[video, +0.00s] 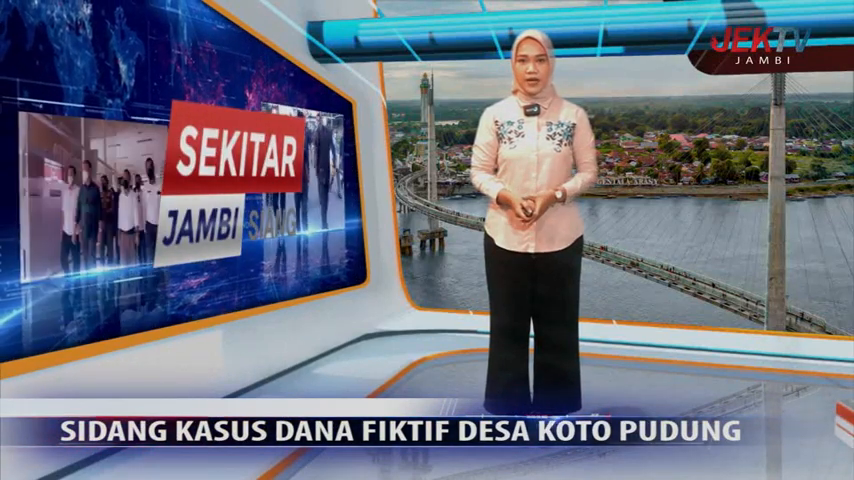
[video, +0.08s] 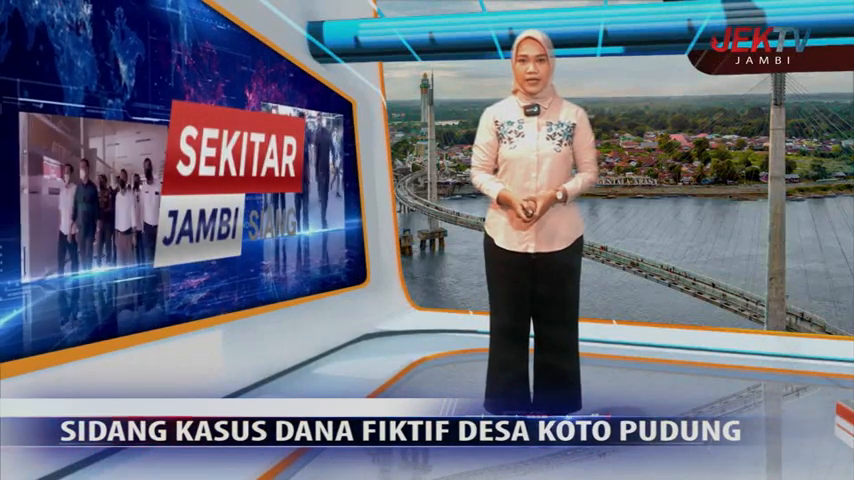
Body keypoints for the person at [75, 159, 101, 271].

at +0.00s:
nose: (85, 176)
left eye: (86, 173)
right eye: (83, 174)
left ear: (90, 175)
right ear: (82, 176)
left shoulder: (96, 189)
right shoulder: (81, 189)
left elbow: (99, 206)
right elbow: (78, 206)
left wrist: (100, 220)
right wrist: (76, 221)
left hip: (93, 221)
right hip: (83, 221)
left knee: (92, 250)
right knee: (84, 249)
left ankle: (92, 270)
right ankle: (85, 269)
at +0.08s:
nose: (83, 173)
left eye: (84, 171)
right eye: (81, 171)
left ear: (88, 172)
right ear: (79, 173)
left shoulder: (93, 188)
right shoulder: (78, 187)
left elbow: (97, 205)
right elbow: (75, 204)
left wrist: (97, 220)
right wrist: (73, 220)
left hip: (90, 219)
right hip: (80, 219)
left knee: (89, 245)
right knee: (81, 245)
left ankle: (88, 267)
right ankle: (82, 266)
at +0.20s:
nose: (81, 174)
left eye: (82, 172)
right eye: (79, 172)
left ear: (86, 173)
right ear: (77, 174)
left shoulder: (91, 189)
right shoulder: (75, 189)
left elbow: (94, 208)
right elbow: (72, 206)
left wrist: (96, 226)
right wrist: (70, 222)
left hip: (88, 222)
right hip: (78, 222)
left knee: (86, 250)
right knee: (78, 249)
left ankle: (85, 271)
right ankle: (79, 271)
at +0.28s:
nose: (80, 177)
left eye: (81, 174)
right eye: (78, 174)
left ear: (84, 176)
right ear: (75, 177)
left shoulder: (89, 192)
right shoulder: (74, 192)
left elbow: (93, 210)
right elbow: (71, 209)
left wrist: (94, 226)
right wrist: (70, 225)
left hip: (87, 225)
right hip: (76, 225)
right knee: (76, 255)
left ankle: (84, 271)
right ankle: (77, 271)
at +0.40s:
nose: (78, 180)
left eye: (80, 177)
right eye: (77, 177)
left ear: (83, 179)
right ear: (74, 180)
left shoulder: (89, 195)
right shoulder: (74, 195)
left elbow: (92, 212)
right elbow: (71, 213)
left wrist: (93, 227)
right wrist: (70, 229)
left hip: (86, 226)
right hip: (76, 226)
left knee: (85, 253)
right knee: (76, 252)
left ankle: (85, 277)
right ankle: (75, 276)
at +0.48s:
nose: (77, 183)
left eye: (79, 180)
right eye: (75, 180)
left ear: (82, 182)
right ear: (73, 183)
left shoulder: (88, 197)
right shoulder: (73, 198)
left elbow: (91, 215)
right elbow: (70, 216)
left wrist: (92, 232)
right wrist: (69, 232)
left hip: (85, 228)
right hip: (75, 228)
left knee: (85, 254)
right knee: (76, 252)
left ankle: (85, 278)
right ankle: (74, 276)